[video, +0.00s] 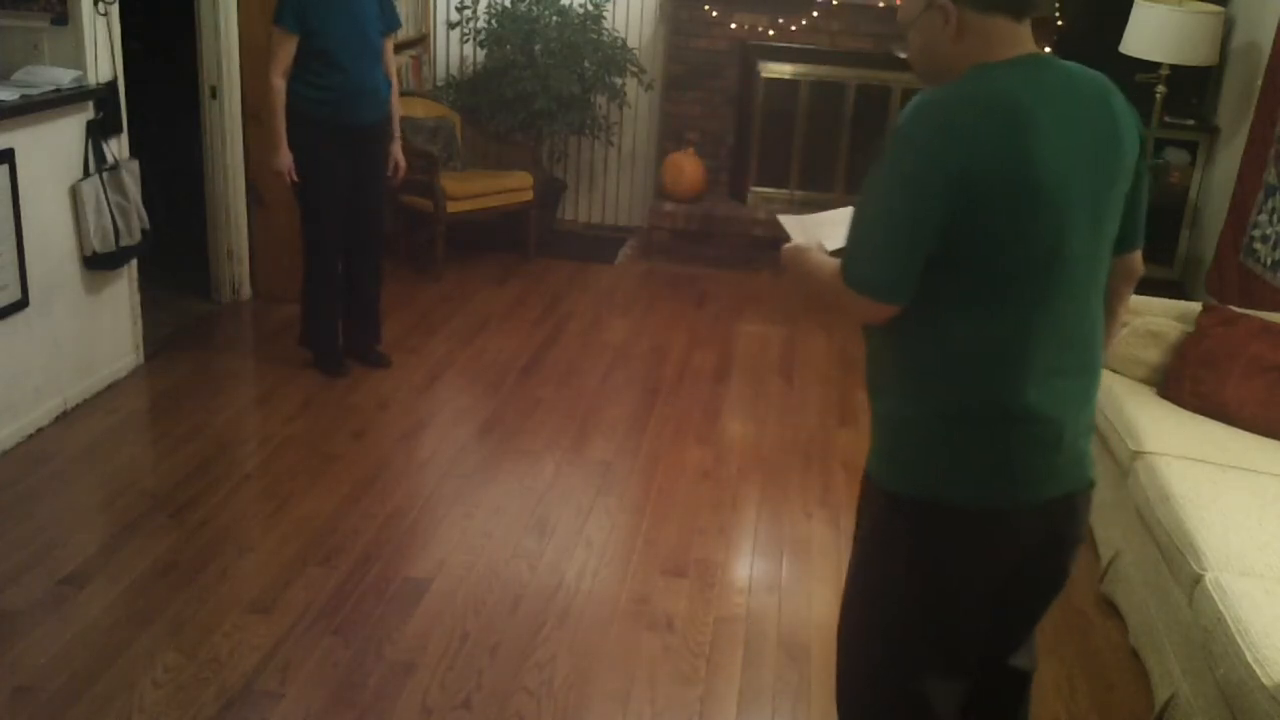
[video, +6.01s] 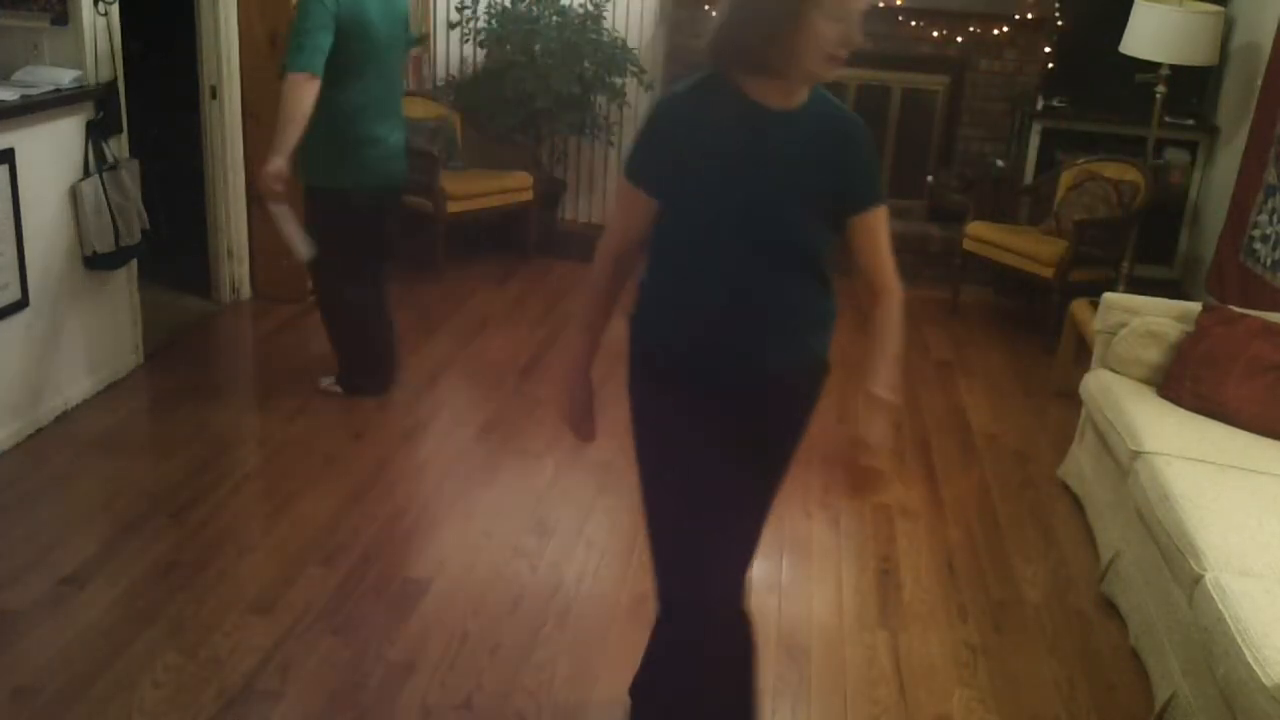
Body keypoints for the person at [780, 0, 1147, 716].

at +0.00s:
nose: (904, 47)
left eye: (905, 24)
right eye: (900, 26)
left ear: (947, 16)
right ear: (1019, 15)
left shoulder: (938, 120)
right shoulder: (1111, 109)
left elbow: (872, 300)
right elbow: (1122, 272)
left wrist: (813, 267)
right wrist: (1072, 371)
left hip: (935, 492)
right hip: (1055, 490)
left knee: (887, 693)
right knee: (997, 678)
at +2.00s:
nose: (984, 29)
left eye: (993, 13)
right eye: (987, 15)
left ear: (1030, 11)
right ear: (1092, 15)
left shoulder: (1028, 105)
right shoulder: (1167, 99)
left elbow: (963, 263)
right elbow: (1174, 239)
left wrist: (898, 282)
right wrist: (1125, 318)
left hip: (1015, 432)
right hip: (1121, 433)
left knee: (941, 625)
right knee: (1045, 627)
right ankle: (1028, 716)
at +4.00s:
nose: (495, 6)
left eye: (497, 2)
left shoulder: (488, 47)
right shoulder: (650, 54)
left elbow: (427, 165)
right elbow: (685, 182)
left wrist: (416, 220)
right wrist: (688, 286)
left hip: (506, 304)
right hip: (597, 305)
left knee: (523, 466)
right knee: (542, 447)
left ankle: (558, 640)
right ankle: (511, 543)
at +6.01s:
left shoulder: (322, 5)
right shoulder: (393, 5)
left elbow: (304, 77)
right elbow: (403, 59)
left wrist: (279, 155)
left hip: (340, 159)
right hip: (385, 152)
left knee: (336, 270)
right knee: (367, 265)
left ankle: (359, 376)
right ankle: (378, 367)